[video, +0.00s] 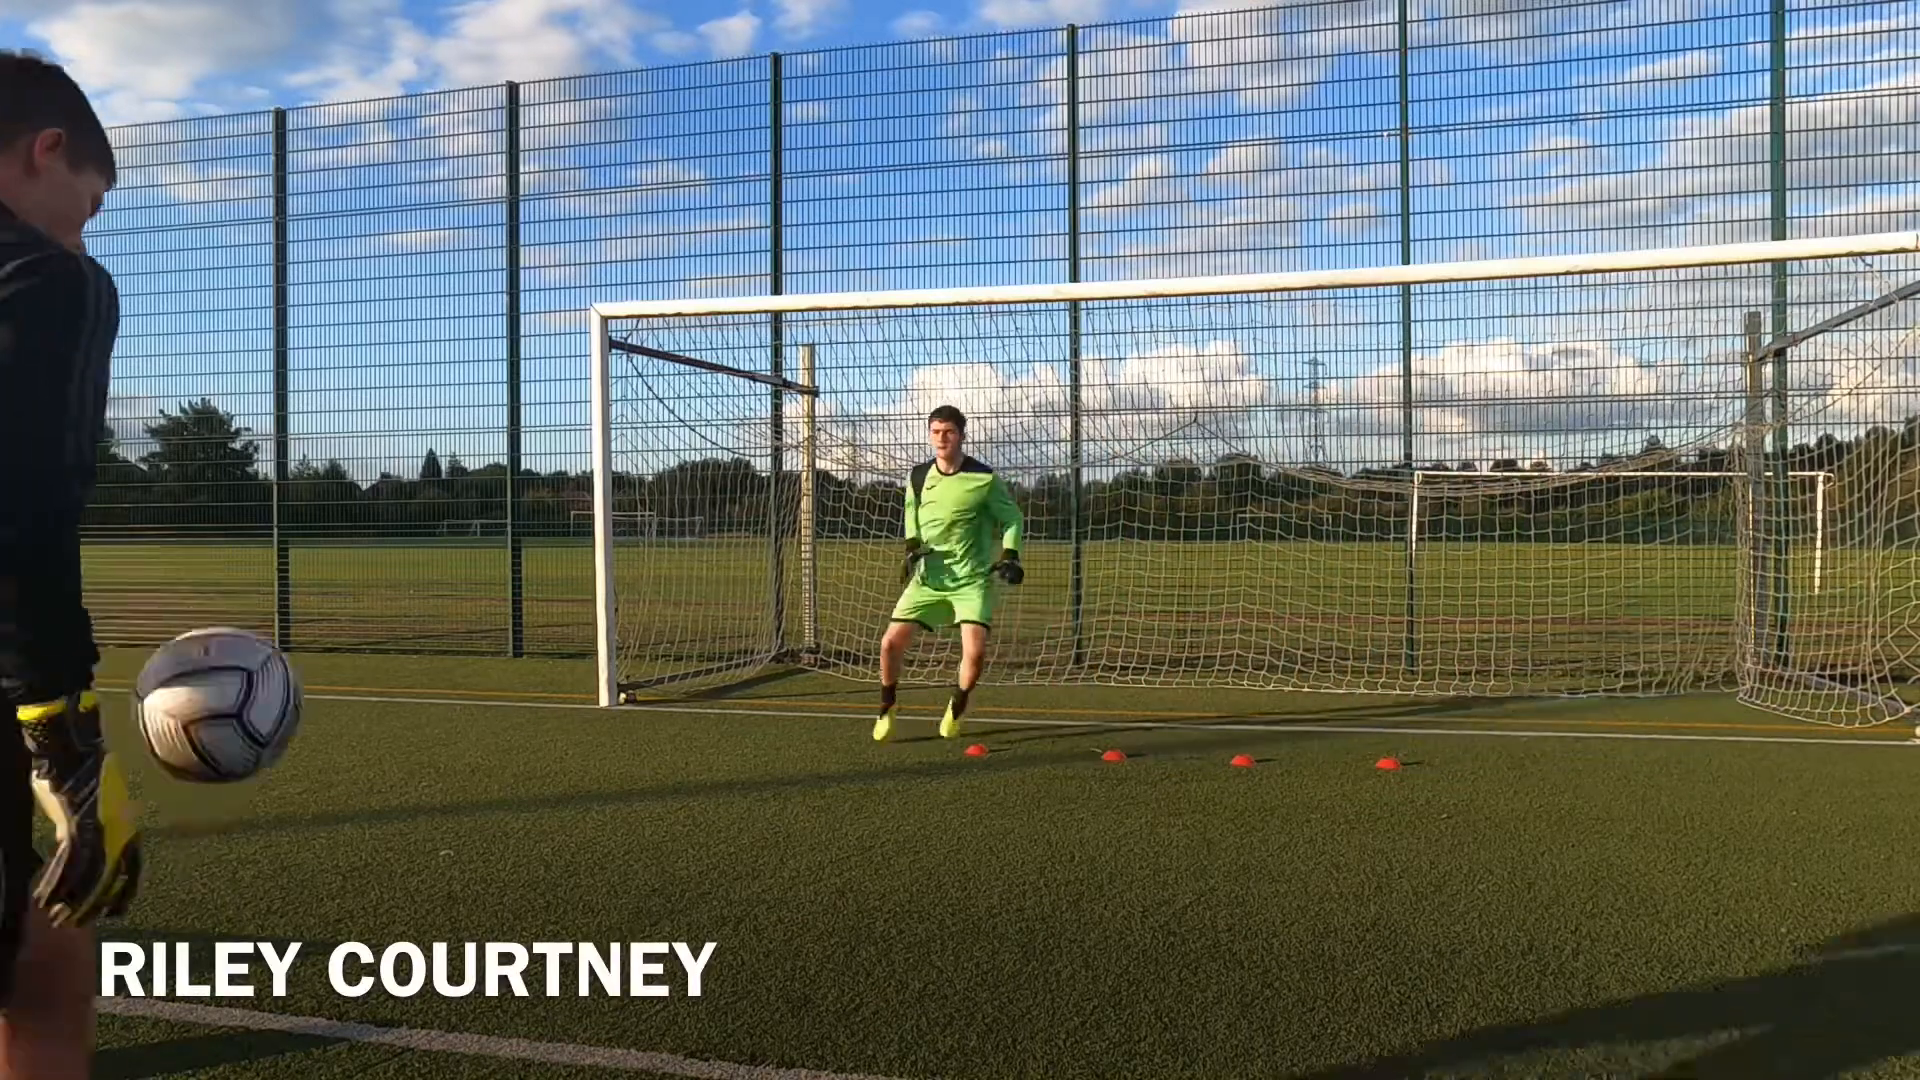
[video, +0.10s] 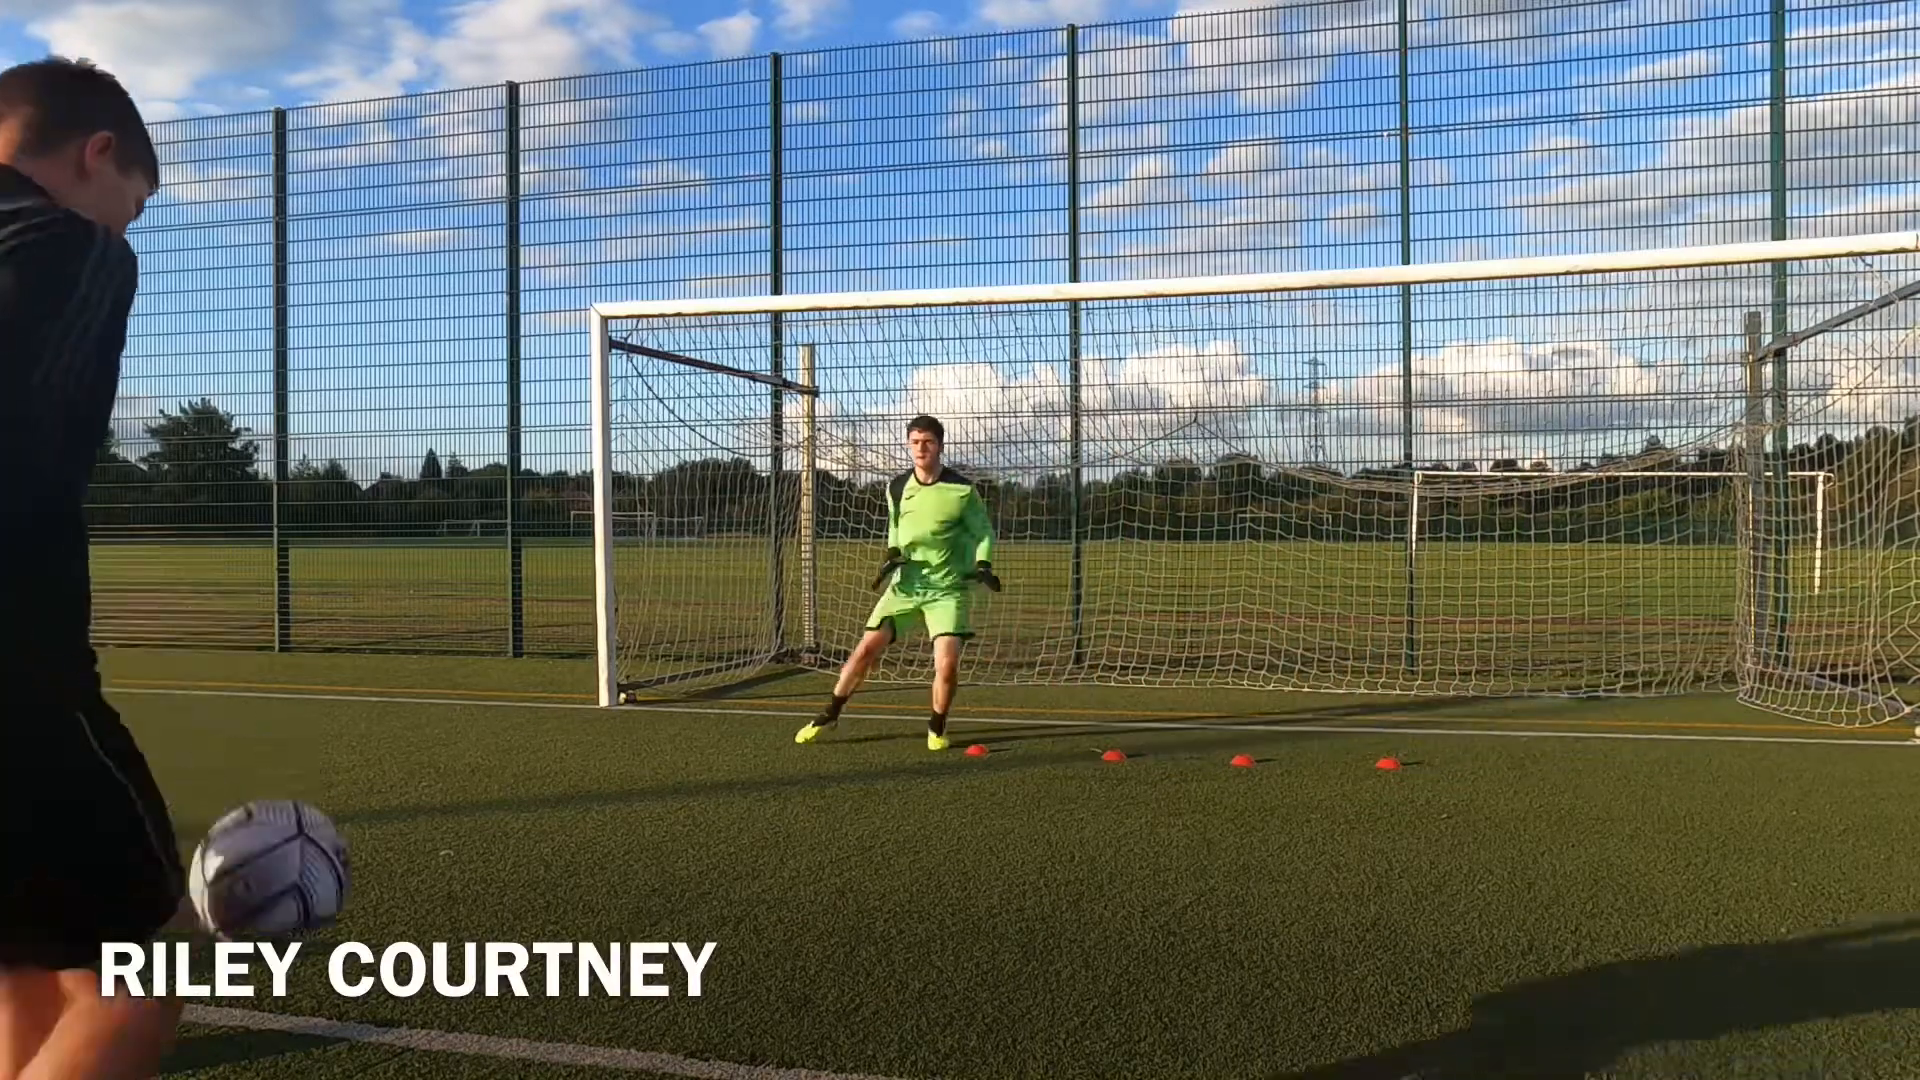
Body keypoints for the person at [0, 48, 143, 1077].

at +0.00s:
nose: (86, 225)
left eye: (97, 207)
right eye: (89, 198)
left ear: (26, 158)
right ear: (40, 154)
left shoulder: (42, 285)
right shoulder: (51, 284)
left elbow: (38, 528)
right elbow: (34, 523)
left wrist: (66, 756)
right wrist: (67, 756)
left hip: (24, 713)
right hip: (19, 715)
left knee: (50, 1004)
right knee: (50, 1009)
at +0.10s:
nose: (125, 228)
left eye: (136, 210)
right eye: (132, 202)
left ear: (22, 151)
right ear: (95, 154)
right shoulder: (80, 253)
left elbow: (43, 479)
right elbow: (40, 480)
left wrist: (60, 678)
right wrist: (62, 682)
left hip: (27, 674)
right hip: (30, 681)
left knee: (31, 989)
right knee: (144, 982)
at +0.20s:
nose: (163, 224)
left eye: (172, 209)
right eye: (170, 200)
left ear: (29, 151)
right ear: (134, 159)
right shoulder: (98, 218)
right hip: (35, 626)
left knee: (37, 976)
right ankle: (317, 990)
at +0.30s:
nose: (178, 217)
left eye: (184, 201)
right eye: (181, 194)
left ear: (40, 147)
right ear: (144, 150)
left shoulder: (8, 208)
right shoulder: (116, 214)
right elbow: (59, 439)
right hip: (40, 629)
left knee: (42, 968)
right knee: (247, 589)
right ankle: (369, 723)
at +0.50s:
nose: (144, 135)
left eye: (149, 112)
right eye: (144, 109)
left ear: (14, 91)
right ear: (100, 89)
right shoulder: (88, 193)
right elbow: (41, 401)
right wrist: (47, 628)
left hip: (20, 636)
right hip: (53, 632)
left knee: (45, 963)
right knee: (251, 521)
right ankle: (229, 829)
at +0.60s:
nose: (127, 113)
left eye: (126, 88)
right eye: (124, 87)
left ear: (18, 77)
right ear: (86, 75)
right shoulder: (86, 197)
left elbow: (63, 427)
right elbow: (71, 424)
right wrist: (147, 616)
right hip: (42, 593)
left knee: (36, 953)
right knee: (270, 700)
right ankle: (186, 999)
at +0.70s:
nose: (111, 103)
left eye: (108, 77)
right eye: (106, 75)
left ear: (28, 70)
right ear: (69, 65)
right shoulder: (86, 211)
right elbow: (124, 451)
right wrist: (213, 623)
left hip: (7, 647)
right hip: (70, 635)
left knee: (30, 977)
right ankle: (121, 1057)